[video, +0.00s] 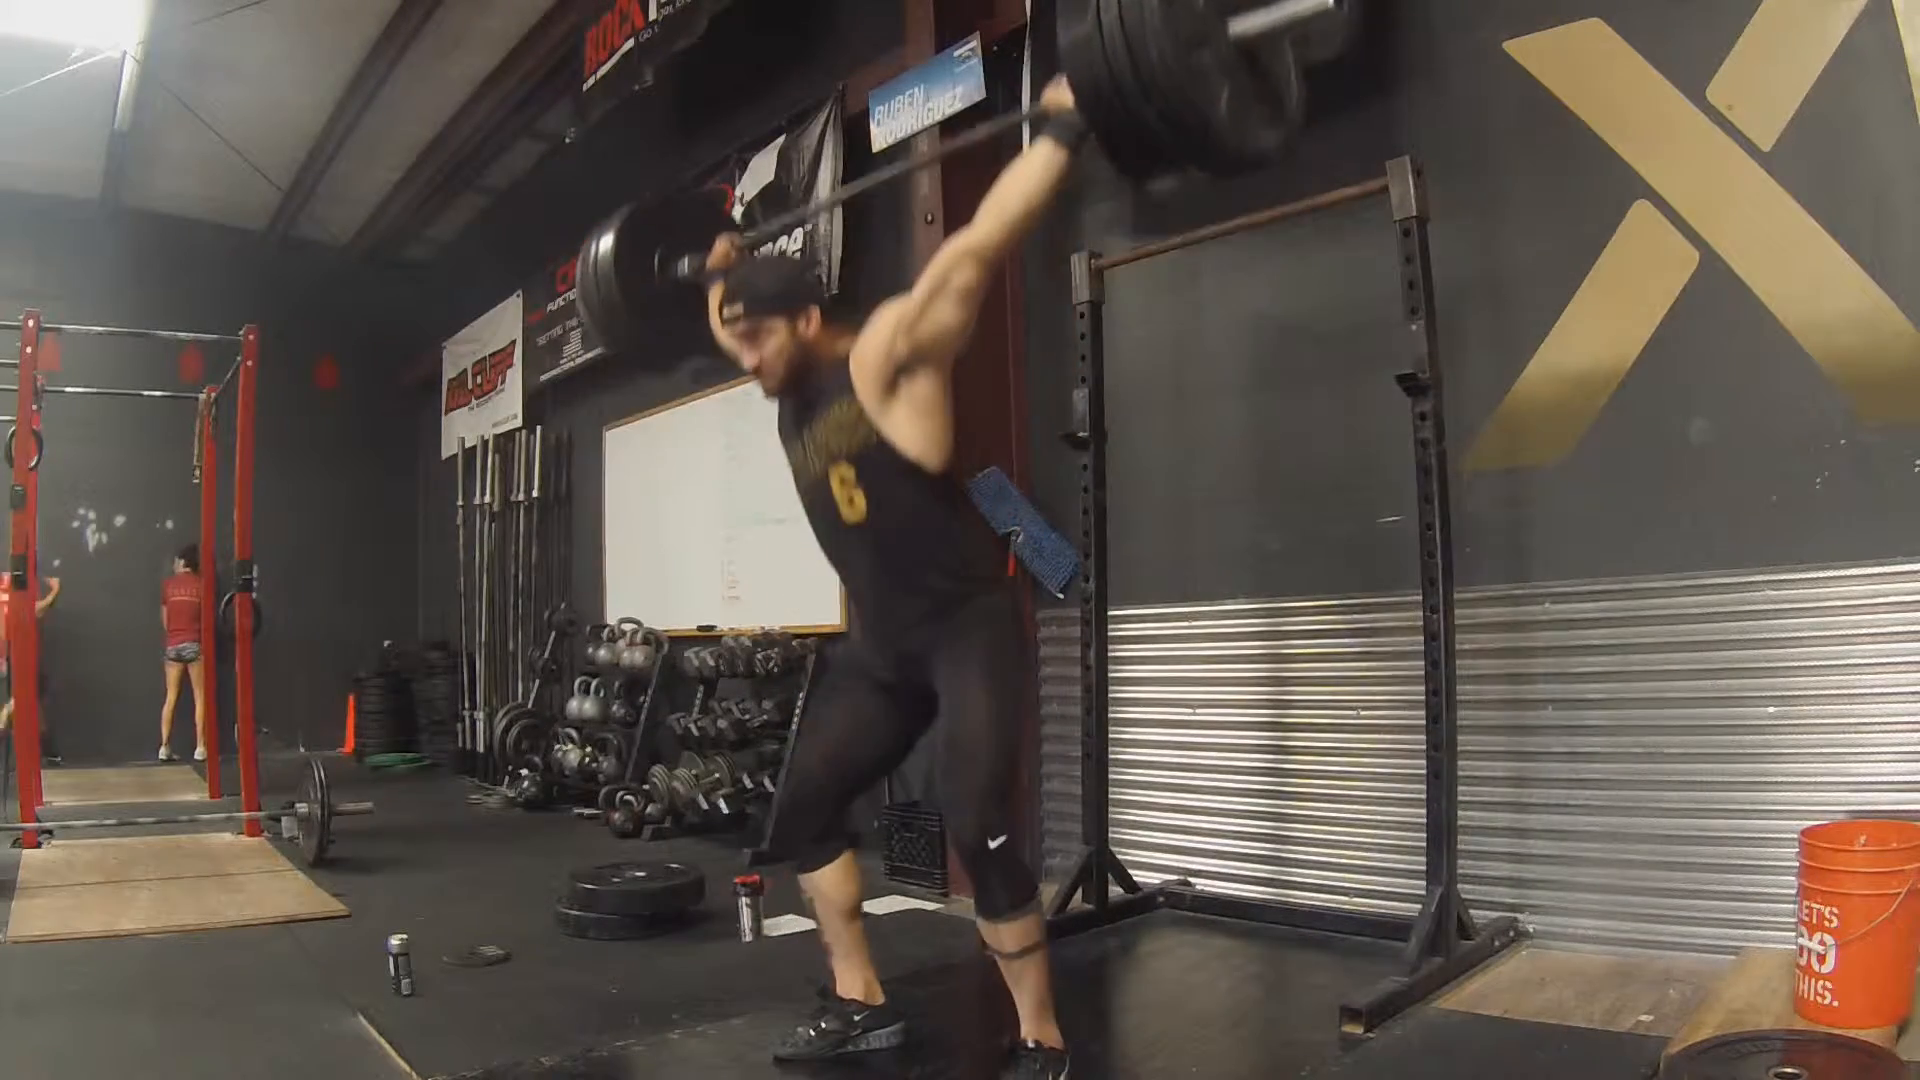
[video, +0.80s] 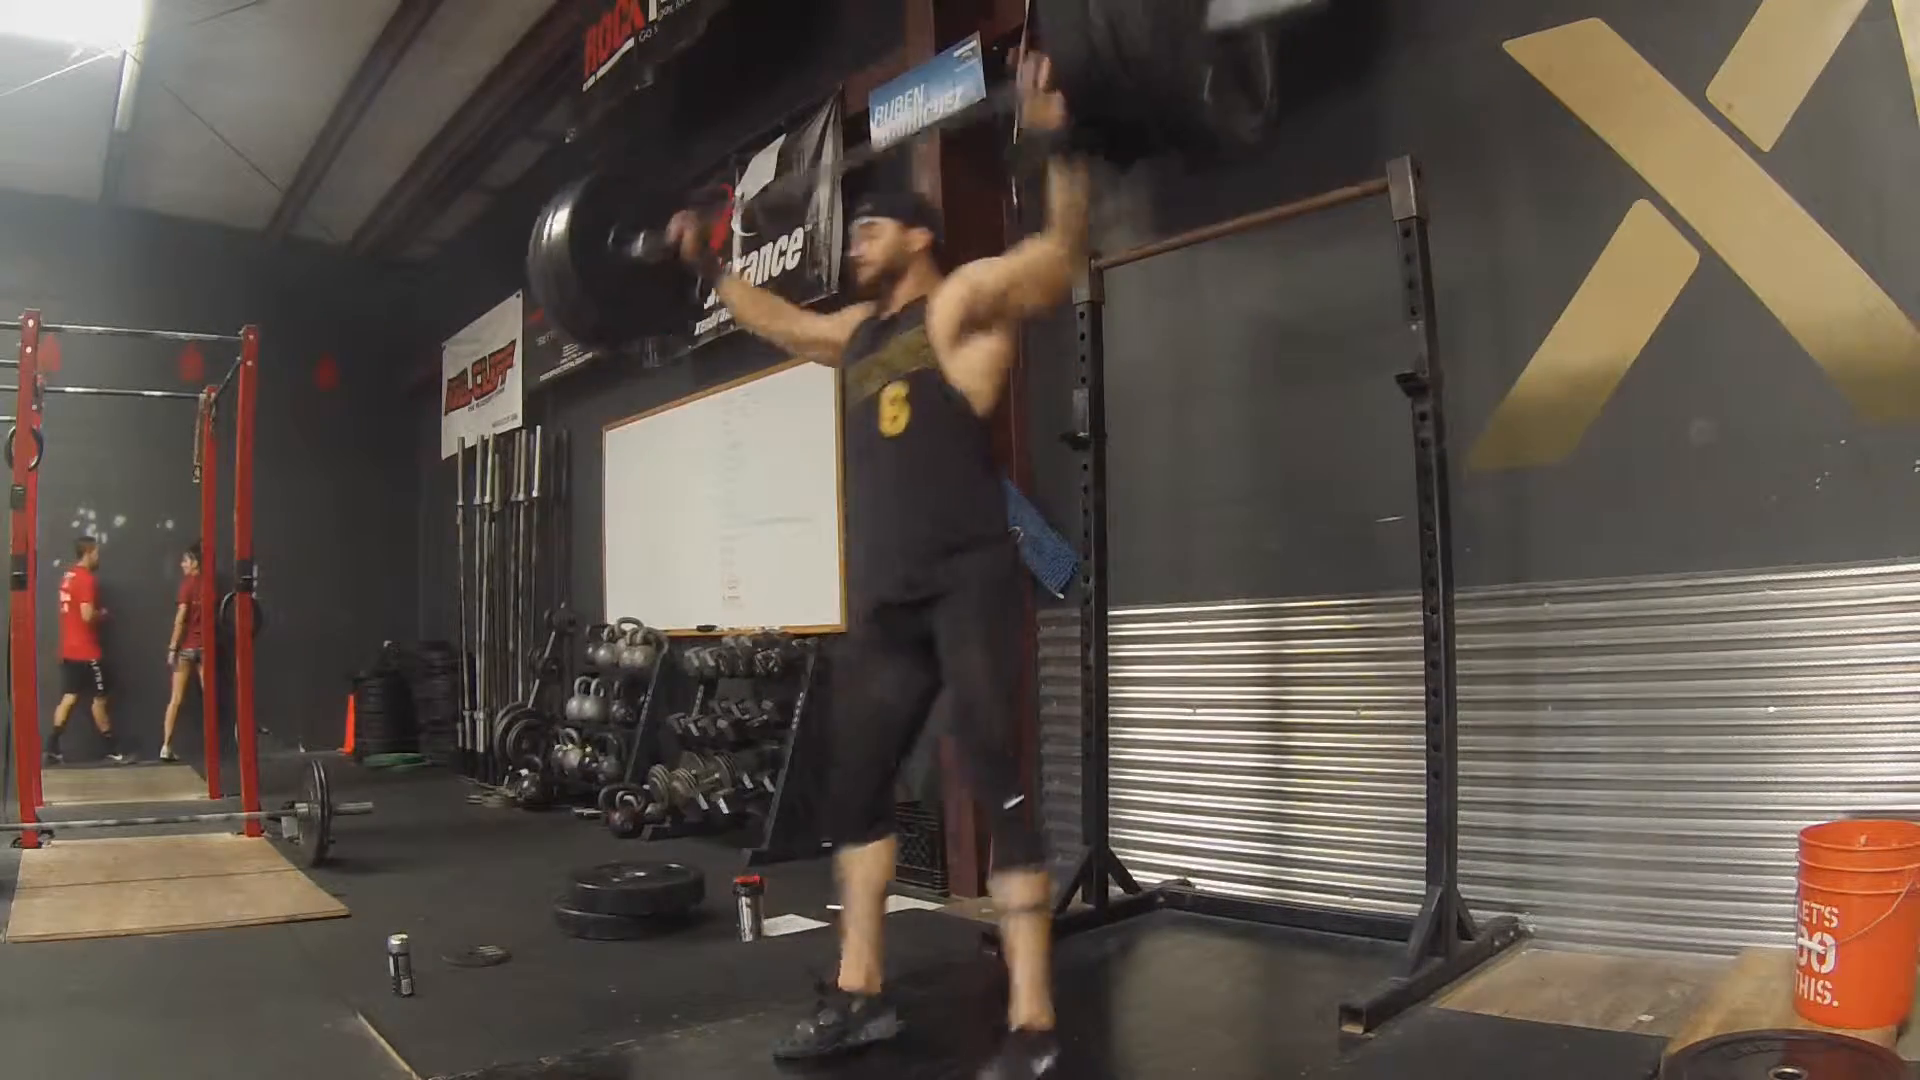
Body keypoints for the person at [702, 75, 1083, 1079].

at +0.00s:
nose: (746, 362)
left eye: (753, 341)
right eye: (736, 347)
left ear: (807, 316)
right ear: (756, 337)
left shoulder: (895, 349)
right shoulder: (794, 394)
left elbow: (976, 247)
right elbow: (731, 329)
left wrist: (1057, 129)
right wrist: (723, 260)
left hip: (971, 628)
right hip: (874, 641)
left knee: (980, 833)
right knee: (803, 809)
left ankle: (1041, 1041)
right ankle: (860, 1005)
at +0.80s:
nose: (854, 244)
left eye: (872, 228)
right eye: (851, 232)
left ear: (921, 233)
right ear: (858, 250)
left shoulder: (973, 294)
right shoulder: (855, 333)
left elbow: (1061, 259)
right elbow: (769, 316)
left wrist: (1053, 140)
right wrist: (704, 262)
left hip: (973, 578)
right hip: (883, 594)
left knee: (994, 776)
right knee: (857, 781)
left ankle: (1032, 1026)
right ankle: (859, 998)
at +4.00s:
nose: (787, 624)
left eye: (803, 605)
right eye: (784, 609)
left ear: (858, 610)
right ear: (780, 618)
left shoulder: (923, 659)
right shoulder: (826, 676)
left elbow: (990, 581)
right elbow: (761, 594)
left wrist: (1076, 467)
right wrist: (748, 523)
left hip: (989, 882)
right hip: (888, 881)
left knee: (933, 915)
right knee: (752, 874)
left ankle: (1052, 1036)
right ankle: (896, 993)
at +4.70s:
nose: (762, 490)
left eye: (774, 470)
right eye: (755, 474)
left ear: (831, 464)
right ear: (756, 477)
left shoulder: (911, 506)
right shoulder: (812, 534)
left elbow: (1005, 420)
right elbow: (748, 466)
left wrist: (1089, 309)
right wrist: (746, 392)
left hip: (1014, 725)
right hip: (917, 740)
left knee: (966, 858)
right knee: (793, 831)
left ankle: (1052, 1031)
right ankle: (892, 990)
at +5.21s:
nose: (785, 342)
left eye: (796, 322)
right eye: (779, 330)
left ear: (850, 308)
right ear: (791, 334)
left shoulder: (932, 351)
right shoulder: (823, 386)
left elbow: (1014, 255)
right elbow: (758, 330)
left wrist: (1109, 146)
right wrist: (753, 256)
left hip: (1007, 616)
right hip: (917, 636)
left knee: (999, 829)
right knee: (842, 797)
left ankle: (1058, 1033)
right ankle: (898, 995)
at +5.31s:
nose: (791, 318)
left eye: (802, 298)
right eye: (783, 307)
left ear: (854, 283)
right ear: (792, 311)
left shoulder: (938, 325)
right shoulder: (832, 365)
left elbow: (1016, 226)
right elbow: (764, 303)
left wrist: (1112, 117)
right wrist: (760, 230)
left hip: (1000, 598)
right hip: (910, 623)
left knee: (1005, 821)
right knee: (853, 796)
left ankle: (1057, 1032)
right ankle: (899, 997)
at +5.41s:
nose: (798, 304)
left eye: (808, 283)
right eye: (788, 293)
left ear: (859, 266)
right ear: (801, 293)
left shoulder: (943, 304)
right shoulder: (842, 349)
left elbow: (1021, 203)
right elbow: (770, 283)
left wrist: (1114, 96)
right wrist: (764, 212)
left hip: (994, 589)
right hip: (904, 611)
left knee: (1007, 812)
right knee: (865, 793)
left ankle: (1057, 1033)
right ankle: (898, 998)